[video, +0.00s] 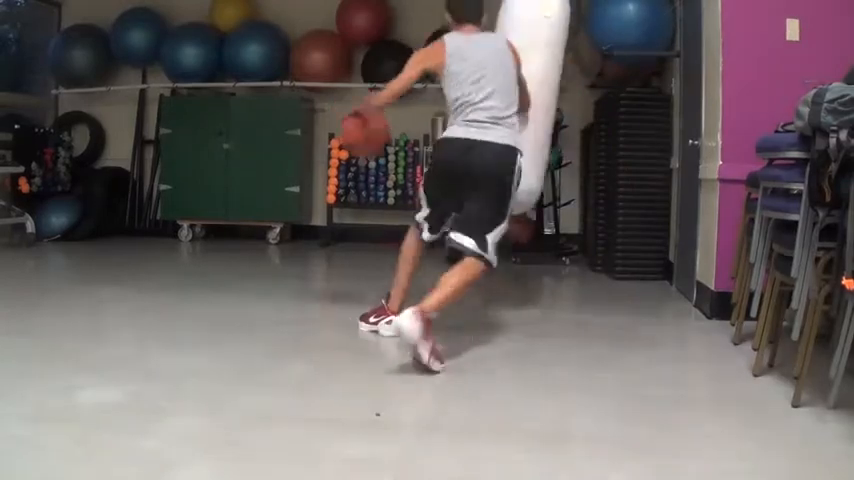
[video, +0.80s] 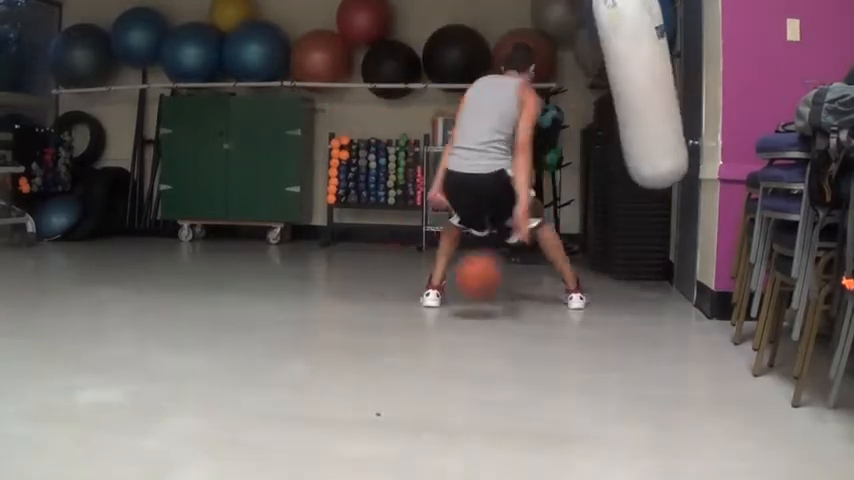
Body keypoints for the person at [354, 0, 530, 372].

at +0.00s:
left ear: (451, 18)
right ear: (482, 17)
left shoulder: (436, 49)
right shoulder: (505, 46)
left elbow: (390, 93)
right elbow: (523, 104)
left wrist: (367, 105)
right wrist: (500, 121)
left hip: (453, 150)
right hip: (499, 156)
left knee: (421, 226)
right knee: (478, 256)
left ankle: (392, 310)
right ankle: (421, 313)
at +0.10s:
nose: (439, 43)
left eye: (436, 38)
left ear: (436, 37)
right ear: (469, 34)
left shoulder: (432, 66)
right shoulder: (496, 61)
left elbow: (392, 124)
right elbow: (535, 109)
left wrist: (391, 150)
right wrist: (500, 110)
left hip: (460, 152)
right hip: (507, 156)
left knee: (413, 230)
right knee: (496, 245)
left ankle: (391, 312)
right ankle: (487, 283)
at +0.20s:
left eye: (435, 63)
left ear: (441, 60)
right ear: (477, 54)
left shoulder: (437, 82)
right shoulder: (498, 70)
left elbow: (409, 149)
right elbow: (550, 107)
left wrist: (406, 207)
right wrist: (520, 118)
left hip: (474, 154)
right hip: (521, 153)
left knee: (417, 226)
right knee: (512, 222)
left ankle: (393, 311)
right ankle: (548, 289)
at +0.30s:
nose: (451, 76)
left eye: (450, 73)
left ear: (457, 69)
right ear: (488, 62)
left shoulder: (454, 92)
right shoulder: (514, 80)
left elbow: (425, 152)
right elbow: (569, 108)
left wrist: (390, 196)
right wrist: (543, 122)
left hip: (488, 156)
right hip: (534, 153)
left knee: (429, 230)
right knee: (542, 223)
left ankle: (394, 311)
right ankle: (574, 294)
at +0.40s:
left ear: (485, 74)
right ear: (514, 73)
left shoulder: (479, 93)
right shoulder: (534, 89)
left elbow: (430, 123)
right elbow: (589, 115)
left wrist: (378, 139)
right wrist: (562, 129)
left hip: (498, 174)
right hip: (543, 174)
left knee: (442, 238)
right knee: (555, 226)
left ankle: (406, 305)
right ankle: (576, 293)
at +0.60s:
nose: (500, 80)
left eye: (501, 76)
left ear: (502, 76)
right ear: (532, 78)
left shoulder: (493, 92)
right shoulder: (551, 100)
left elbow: (442, 114)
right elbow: (591, 139)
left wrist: (401, 128)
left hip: (493, 181)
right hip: (536, 185)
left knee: (451, 223)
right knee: (555, 222)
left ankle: (438, 280)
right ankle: (574, 290)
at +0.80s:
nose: (533, 77)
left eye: (530, 73)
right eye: (534, 72)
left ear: (505, 67)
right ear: (531, 71)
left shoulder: (475, 87)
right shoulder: (527, 95)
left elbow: (454, 141)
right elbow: (522, 150)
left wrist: (437, 186)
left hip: (456, 181)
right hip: (495, 181)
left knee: (454, 224)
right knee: (540, 223)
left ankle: (433, 287)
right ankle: (573, 288)